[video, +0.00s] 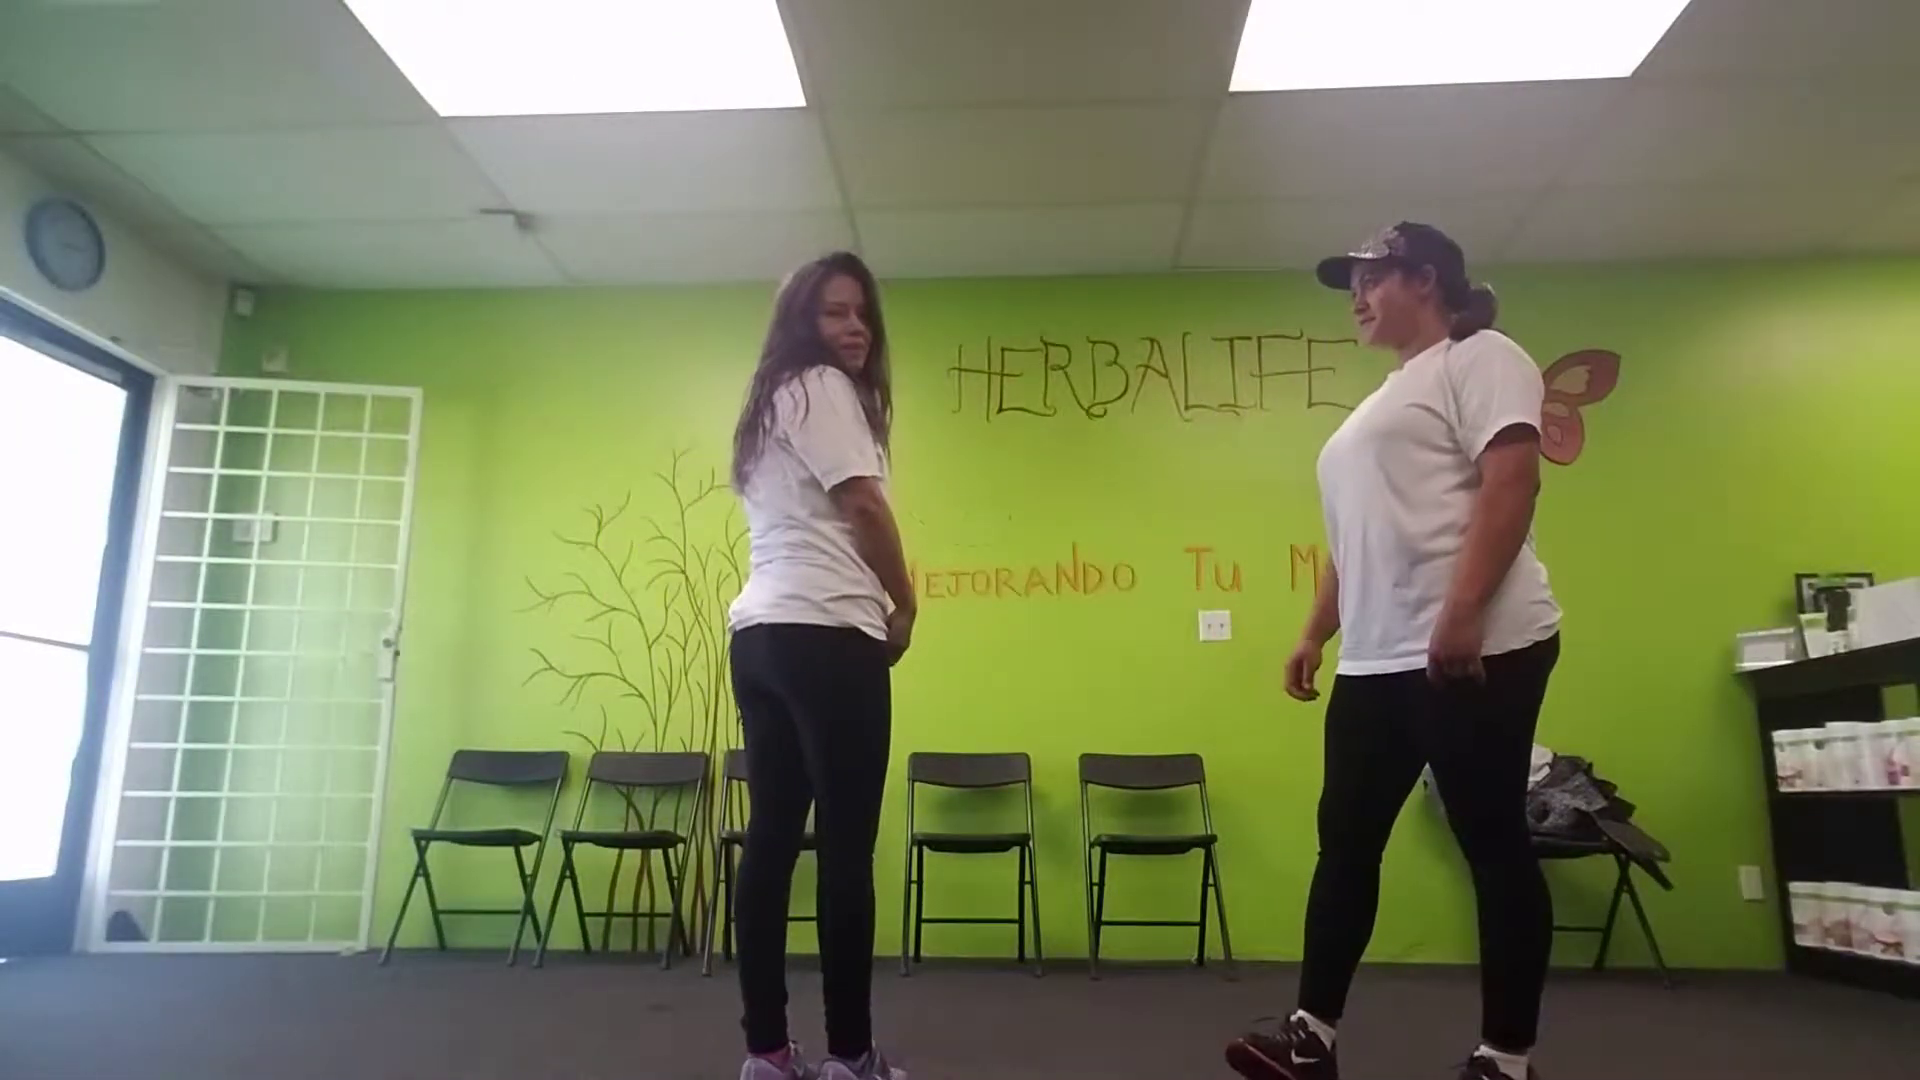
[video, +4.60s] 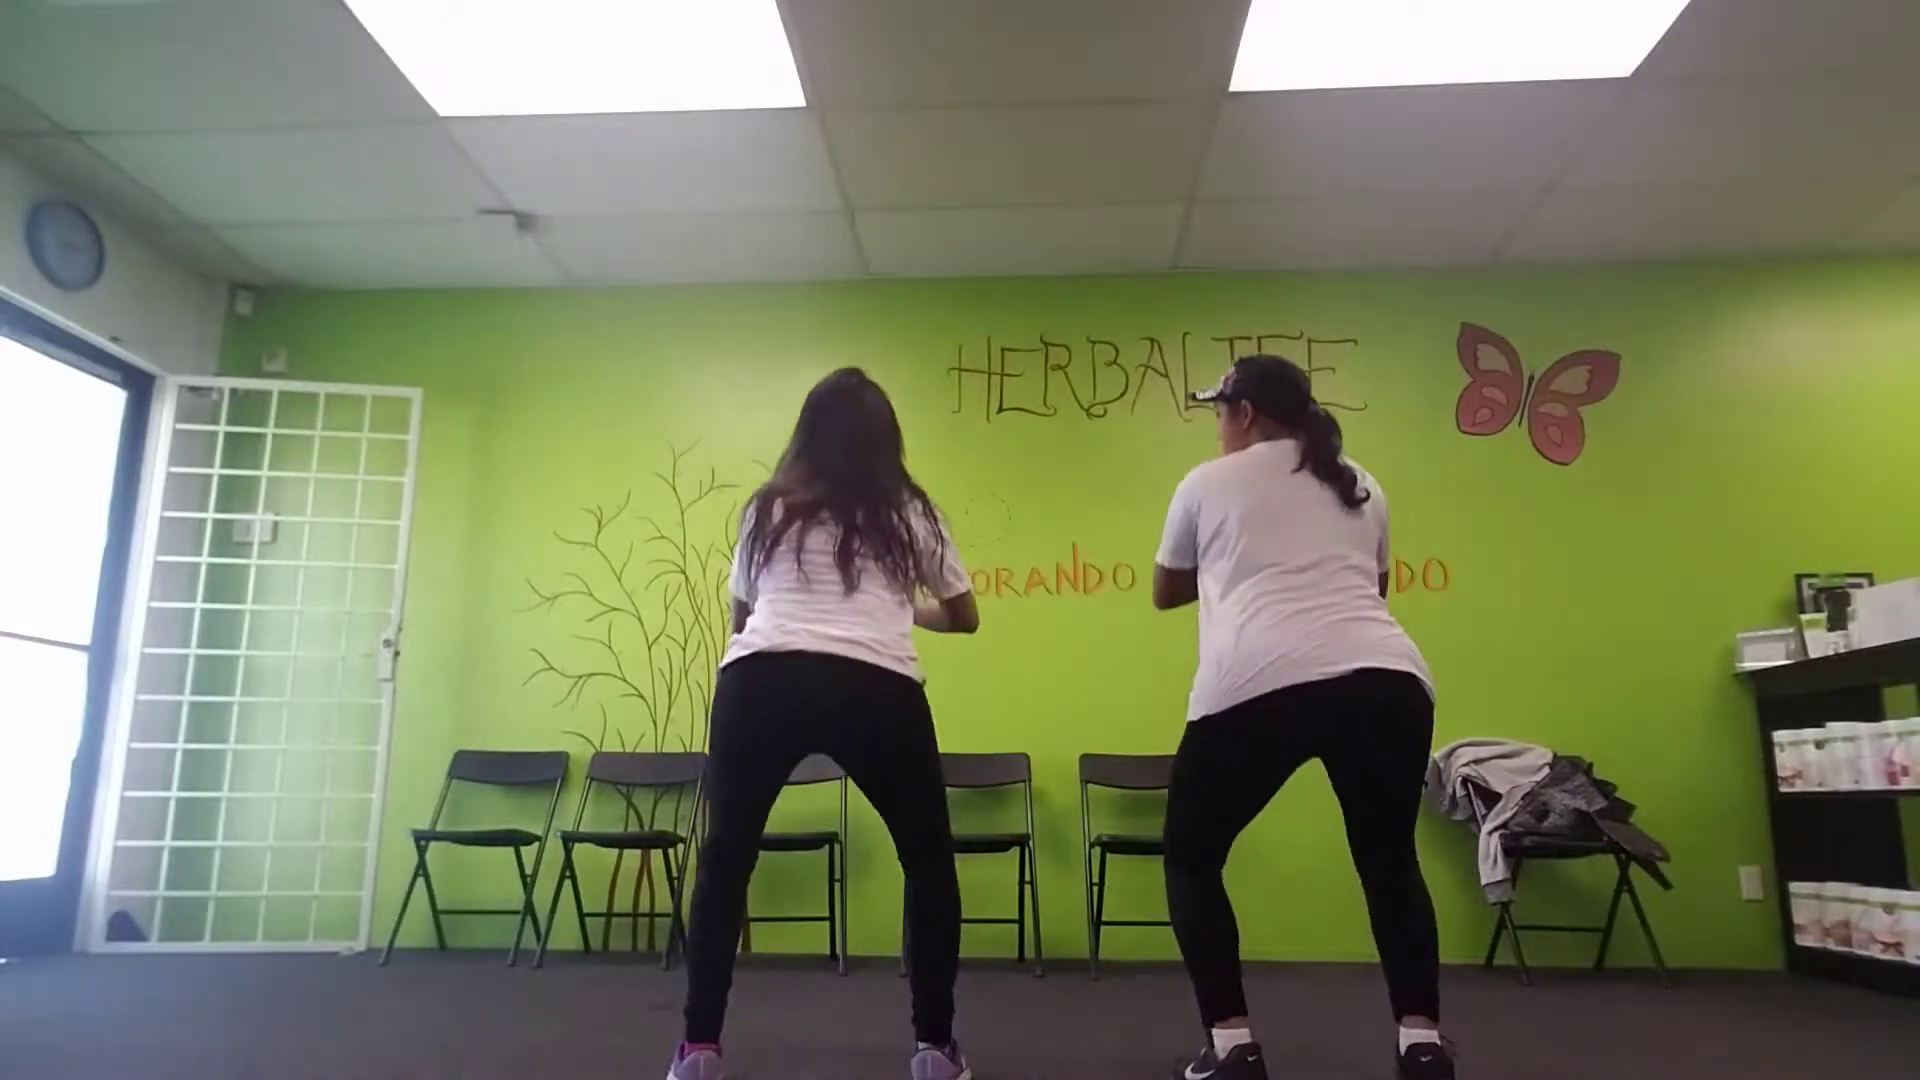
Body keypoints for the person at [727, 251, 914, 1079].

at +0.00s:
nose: (852, 326)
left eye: (860, 313)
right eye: (834, 313)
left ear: (871, 323)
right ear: (801, 321)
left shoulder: (773, 396)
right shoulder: (823, 387)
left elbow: (791, 526)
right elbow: (862, 506)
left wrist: (876, 602)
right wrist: (904, 600)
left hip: (762, 635)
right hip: (826, 633)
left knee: (771, 840)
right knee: (848, 846)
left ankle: (766, 1051)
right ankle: (849, 1055)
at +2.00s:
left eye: (822, 332)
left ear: (824, 342)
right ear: (904, 346)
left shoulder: (785, 419)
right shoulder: (934, 417)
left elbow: (753, 535)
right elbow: (984, 523)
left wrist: (810, 585)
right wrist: (935, 579)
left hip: (807, 639)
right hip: (912, 642)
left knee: (777, 841)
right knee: (912, 848)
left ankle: (740, 1042)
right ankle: (921, 1050)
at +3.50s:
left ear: (810, 440)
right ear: (892, 441)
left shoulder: (774, 503)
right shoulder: (914, 509)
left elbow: (767, 590)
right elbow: (941, 613)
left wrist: (834, 572)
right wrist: (878, 567)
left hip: (771, 689)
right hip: (883, 697)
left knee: (722, 859)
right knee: (932, 861)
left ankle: (697, 1049)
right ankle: (936, 1049)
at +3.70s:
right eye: (890, 524)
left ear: (809, 527)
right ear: (889, 530)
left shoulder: (772, 586)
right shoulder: (907, 594)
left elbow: (764, 669)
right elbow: (940, 694)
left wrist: (829, 657)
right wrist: (876, 657)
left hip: (762, 766)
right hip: (880, 778)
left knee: (718, 875)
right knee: (950, 866)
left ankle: (701, 1039)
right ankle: (937, 1038)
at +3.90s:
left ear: (808, 615)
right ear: (887, 619)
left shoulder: (768, 678)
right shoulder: (904, 684)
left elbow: (759, 760)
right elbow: (941, 779)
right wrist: (884, 740)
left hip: (756, 874)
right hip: (870, 878)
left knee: (705, 880)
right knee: (964, 868)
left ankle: (701, 1036)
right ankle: (938, 1038)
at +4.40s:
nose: (892, 557)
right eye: (886, 547)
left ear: (805, 550)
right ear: (883, 555)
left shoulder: (765, 607)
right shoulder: (898, 612)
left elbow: (752, 686)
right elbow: (951, 698)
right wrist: (896, 655)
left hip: (750, 757)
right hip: (865, 762)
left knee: (717, 878)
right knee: (942, 874)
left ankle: (699, 1047)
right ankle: (934, 1048)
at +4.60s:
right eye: (887, 433)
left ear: (804, 434)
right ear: (886, 439)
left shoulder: (767, 503)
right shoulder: (909, 508)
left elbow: (739, 609)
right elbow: (963, 616)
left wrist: (794, 610)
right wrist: (895, 605)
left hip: (764, 678)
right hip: (875, 684)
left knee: (724, 854)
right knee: (929, 861)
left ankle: (699, 1049)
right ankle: (934, 1050)